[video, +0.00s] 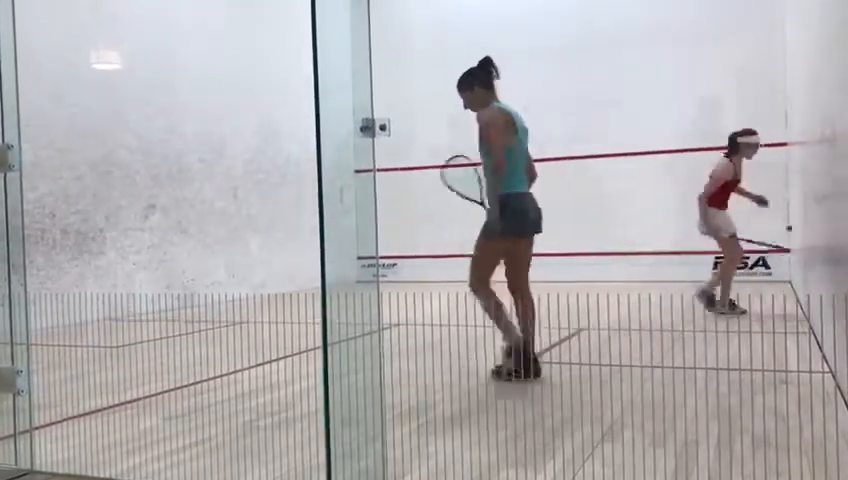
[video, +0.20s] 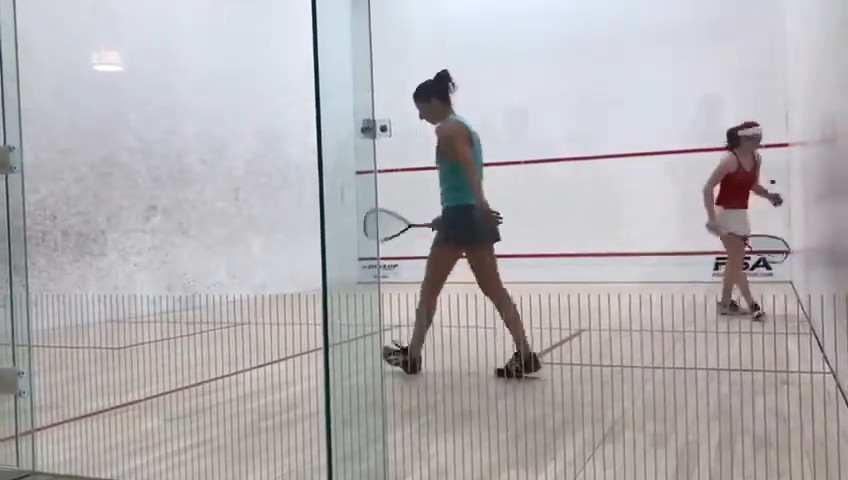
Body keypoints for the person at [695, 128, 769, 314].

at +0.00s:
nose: (757, 150)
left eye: (757, 146)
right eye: (754, 146)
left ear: (743, 147)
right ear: (742, 146)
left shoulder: (737, 162)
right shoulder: (725, 167)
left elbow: (732, 186)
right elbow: (703, 197)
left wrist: (753, 197)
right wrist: (704, 223)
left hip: (720, 212)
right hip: (713, 213)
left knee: (736, 254)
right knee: (732, 255)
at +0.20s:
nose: (757, 142)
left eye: (758, 138)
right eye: (754, 139)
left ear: (755, 140)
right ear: (742, 140)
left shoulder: (755, 158)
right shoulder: (730, 160)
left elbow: (753, 185)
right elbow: (708, 188)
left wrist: (769, 196)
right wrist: (711, 218)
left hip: (741, 213)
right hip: (725, 214)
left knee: (735, 259)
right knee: (736, 259)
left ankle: (725, 301)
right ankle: (751, 303)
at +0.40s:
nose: (755, 136)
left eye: (757, 133)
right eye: (750, 132)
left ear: (760, 135)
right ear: (740, 135)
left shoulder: (763, 155)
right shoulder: (732, 160)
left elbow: (764, 183)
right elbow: (721, 192)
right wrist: (721, 221)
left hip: (759, 211)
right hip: (738, 212)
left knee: (765, 260)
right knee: (744, 259)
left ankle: (742, 292)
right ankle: (753, 303)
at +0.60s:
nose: (759, 136)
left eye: (763, 132)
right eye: (755, 133)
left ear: (766, 135)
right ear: (746, 136)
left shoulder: (774, 158)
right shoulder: (738, 163)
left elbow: (783, 185)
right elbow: (730, 196)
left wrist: (775, 188)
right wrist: (730, 226)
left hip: (769, 212)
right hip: (746, 214)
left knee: (784, 257)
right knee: (751, 263)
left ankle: (780, 302)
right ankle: (758, 305)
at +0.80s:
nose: (768, 139)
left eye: (771, 135)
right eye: (763, 135)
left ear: (775, 137)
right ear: (755, 137)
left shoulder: (782, 159)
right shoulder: (745, 165)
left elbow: (797, 190)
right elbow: (738, 199)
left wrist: (790, 169)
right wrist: (742, 227)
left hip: (780, 217)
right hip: (755, 219)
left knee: (788, 268)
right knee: (760, 268)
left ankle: (796, 314)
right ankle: (762, 307)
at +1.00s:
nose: (770, 134)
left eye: (774, 130)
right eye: (765, 130)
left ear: (781, 131)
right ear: (759, 132)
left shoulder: (789, 153)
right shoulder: (749, 159)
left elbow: (799, 176)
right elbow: (741, 192)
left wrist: (787, 149)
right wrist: (741, 221)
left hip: (785, 215)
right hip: (758, 218)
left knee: (792, 267)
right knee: (760, 267)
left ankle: (796, 314)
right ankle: (771, 296)